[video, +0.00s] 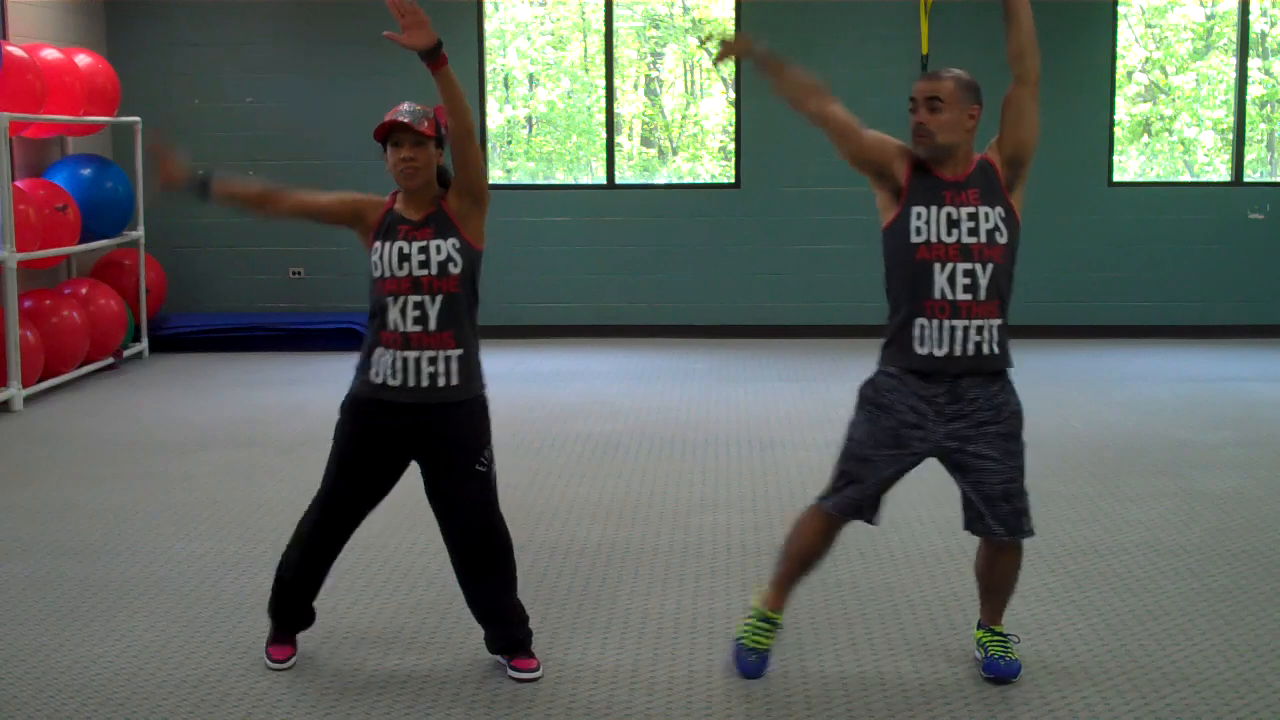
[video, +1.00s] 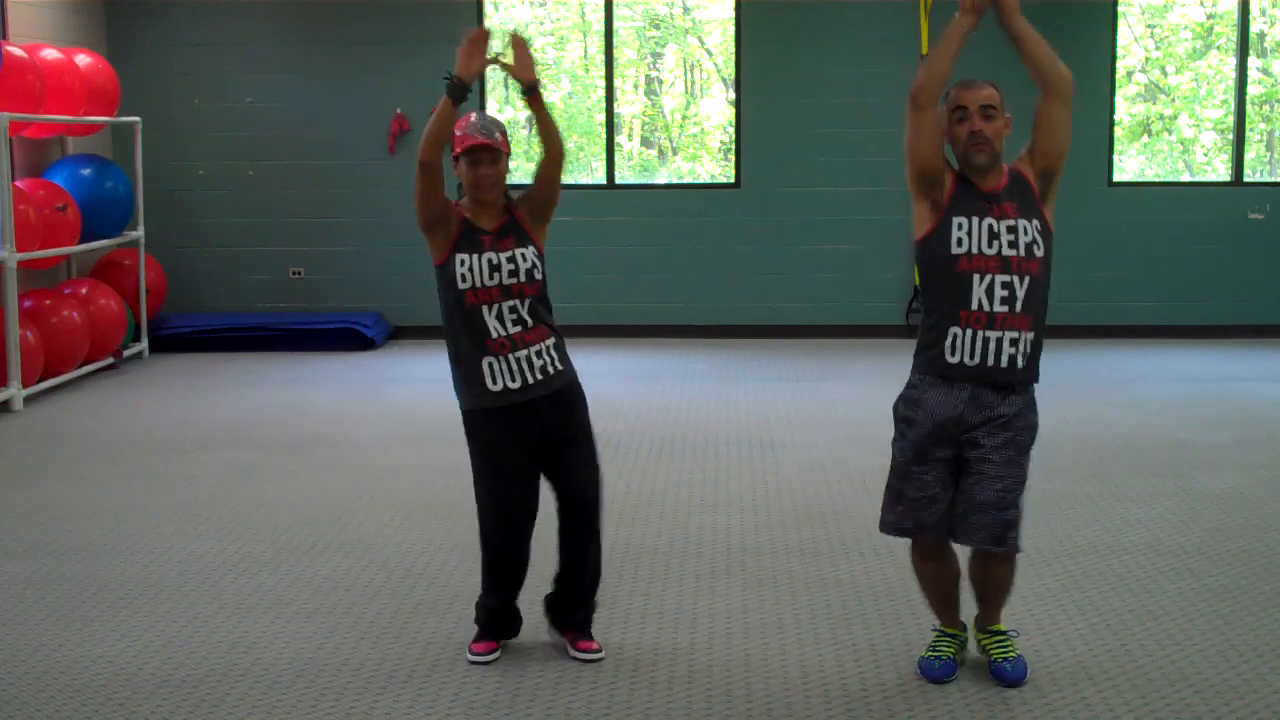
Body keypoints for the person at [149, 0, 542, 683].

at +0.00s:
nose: (405, 154)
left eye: (416, 143)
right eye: (395, 145)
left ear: (440, 152)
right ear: (384, 156)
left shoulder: (464, 212)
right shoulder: (373, 214)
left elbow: (464, 136)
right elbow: (281, 200)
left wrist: (434, 54)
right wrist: (198, 181)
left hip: (453, 408)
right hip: (377, 406)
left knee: (479, 527)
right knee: (330, 517)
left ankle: (512, 641)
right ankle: (284, 624)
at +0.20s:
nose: (394, 177)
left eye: (404, 167)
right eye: (386, 167)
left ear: (426, 174)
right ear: (373, 173)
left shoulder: (444, 232)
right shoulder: (347, 238)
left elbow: (456, 158)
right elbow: (288, 304)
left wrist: (437, 84)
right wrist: (232, 367)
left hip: (424, 414)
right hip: (350, 413)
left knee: (461, 523)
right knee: (318, 525)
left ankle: (532, 610)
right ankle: (291, 627)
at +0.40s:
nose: (417, 179)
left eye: (426, 169)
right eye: (406, 170)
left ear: (447, 173)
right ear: (394, 177)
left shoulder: (471, 230)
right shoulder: (374, 244)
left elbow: (476, 155)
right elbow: (355, 326)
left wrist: (456, 80)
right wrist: (369, 360)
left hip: (460, 415)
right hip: (390, 414)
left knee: (479, 526)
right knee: (344, 524)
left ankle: (539, 620)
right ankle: (295, 628)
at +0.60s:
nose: (453, 145)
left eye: (461, 137)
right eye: (440, 136)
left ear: (478, 154)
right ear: (421, 158)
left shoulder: (501, 209)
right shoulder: (413, 230)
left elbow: (510, 141)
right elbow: (417, 222)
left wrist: (481, 68)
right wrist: (420, 175)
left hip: (516, 390)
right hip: (445, 392)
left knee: (530, 515)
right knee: (397, 500)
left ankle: (542, 622)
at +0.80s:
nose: (466, 149)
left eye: (475, 138)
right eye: (455, 141)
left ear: (493, 151)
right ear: (443, 158)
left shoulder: (516, 207)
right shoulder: (434, 224)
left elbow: (526, 135)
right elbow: (417, 169)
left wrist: (492, 70)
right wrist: (441, 90)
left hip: (546, 384)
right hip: (476, 393)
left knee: (560, 504)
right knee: (468, 513)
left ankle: (560, 616)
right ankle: (489, 620)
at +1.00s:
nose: (484, 168)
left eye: (491, 158)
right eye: (474, 159)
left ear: (506, 165)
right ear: (459, 169)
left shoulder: (528, 219)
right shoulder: (445, 229)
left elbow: (553, 155)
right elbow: (426, 160)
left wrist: (532, 90)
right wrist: (459, 81)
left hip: (558, 394)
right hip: (492, 408)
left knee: (583, 510)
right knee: (503, 523)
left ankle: (573, 619)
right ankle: (494, 624)